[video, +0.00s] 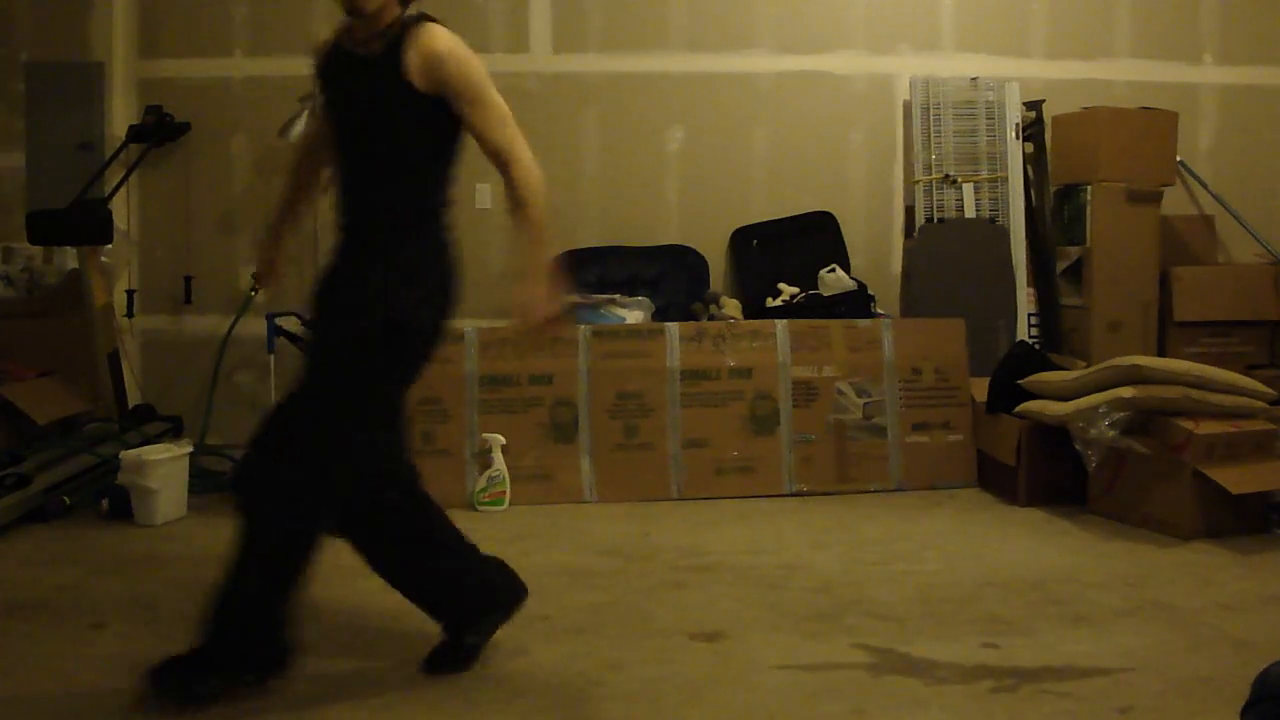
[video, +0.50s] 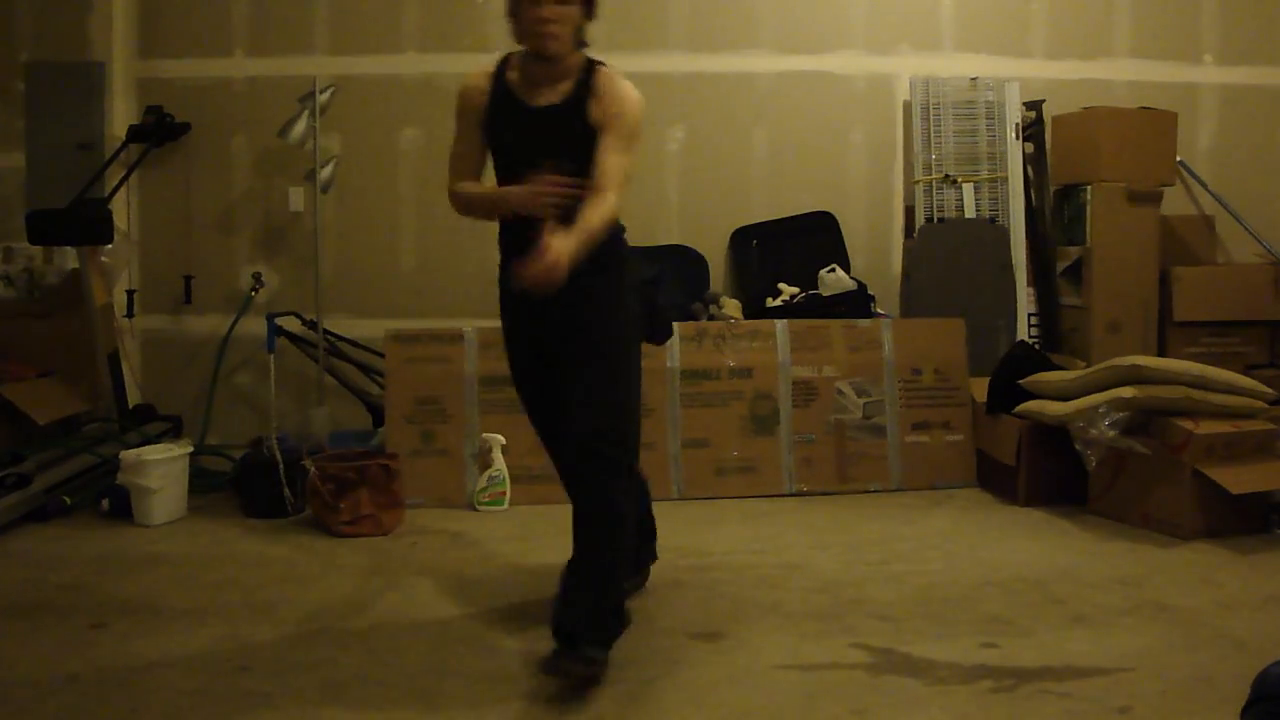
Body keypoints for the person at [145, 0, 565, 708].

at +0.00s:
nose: (360, 5)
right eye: (351, 0)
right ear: (344, 3)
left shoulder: (433, 49)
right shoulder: (339, 56)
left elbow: (517, 160)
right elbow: (315, 155)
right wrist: (273, 244)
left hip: (409, 285)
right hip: (352, 284)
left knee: (288, 460)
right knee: (352, 464)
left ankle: (243, 647)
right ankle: (473, 592)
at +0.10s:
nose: (381, 7)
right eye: (374, 1)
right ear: (372, 10)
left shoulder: (479, 71)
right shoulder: (381, 78)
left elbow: (544, 189)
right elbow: (369, 179)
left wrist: (446, 246)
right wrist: (329, 248)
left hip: (465, 291)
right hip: (404, 287)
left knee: (351, 437)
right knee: (402, 451)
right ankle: (498, 614)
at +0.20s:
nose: (418, 5)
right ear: (408, 8)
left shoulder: (514, 67)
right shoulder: (409, 68)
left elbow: (560, 188)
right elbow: (405, 186)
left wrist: (457, 159)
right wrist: (408, 167)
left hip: (505, 276)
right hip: (443, 272)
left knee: (450, 445)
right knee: (425, 447)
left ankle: (530, 555)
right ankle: (495, 623)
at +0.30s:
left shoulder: (542, 44)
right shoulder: (431, 45)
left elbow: (561, 168)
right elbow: (436, 127)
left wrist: (493, 131)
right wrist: (438, 158)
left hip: (544, 249)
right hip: (479, 247)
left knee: (533, 416)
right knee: (468, 413)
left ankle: (551, 596)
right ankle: (517, 593)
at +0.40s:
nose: (497, 8)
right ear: (476, 5)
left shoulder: (577, 65)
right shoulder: (462, 65)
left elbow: (571, 178)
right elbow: (456, 149)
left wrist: (509, 172)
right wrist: (472, 177)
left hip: (574, 264)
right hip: (505, 263)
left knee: (579, 427)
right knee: (518, 431)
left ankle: (555, 608)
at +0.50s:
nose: (544, 17)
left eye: (559, 5)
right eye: (531, 4)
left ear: (584, 13)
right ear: (513, 14)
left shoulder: (614, 96)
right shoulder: (483, 90)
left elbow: (606, 193)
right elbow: (462, 192)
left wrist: (566, 244)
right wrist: (513, 199)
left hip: (598, 278)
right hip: (524, 280)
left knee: (601, 441)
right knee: (562, 434)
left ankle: (587, 634)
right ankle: (632, 542)